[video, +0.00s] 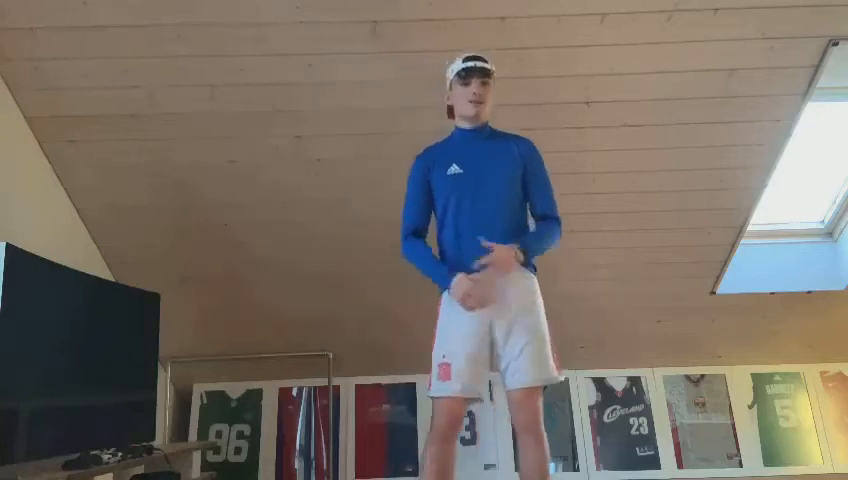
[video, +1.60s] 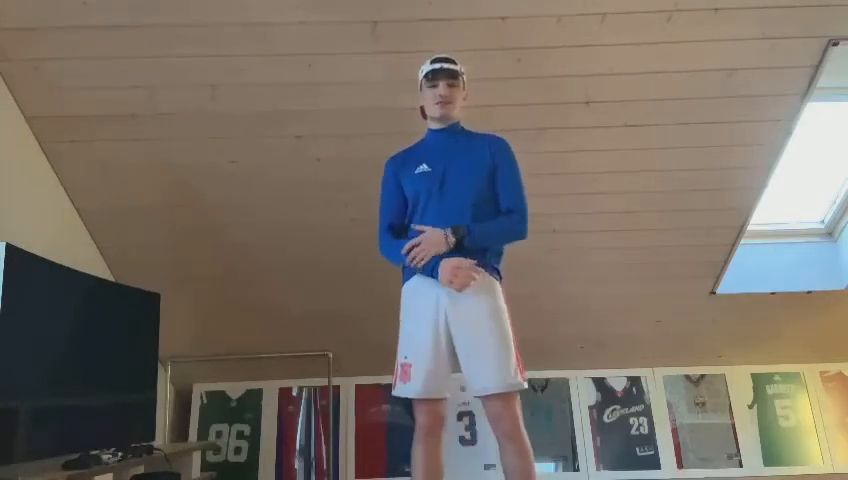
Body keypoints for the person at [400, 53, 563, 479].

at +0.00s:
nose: (476, 90)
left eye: (483, 83)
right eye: (466, 83)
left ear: (492, 92)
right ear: (449, 95)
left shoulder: (521, 150)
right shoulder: (431, 159)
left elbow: (550, 225)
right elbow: (411, 239)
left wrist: (519, 252)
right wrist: (451, 280)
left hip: (517, 293)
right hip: (462, 296)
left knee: (528, 416)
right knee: (446, 421)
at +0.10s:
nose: (488, 90)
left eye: (494, 82)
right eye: (476, 82)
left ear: (502, 92)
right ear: (459, 95)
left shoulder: (530, 150)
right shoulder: (438, 162)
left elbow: (561, 214)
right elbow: (414, 236)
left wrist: (576, 252)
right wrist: (412, 288)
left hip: (524, 291)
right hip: (467, 296)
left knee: (533, 415)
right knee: (452, 418)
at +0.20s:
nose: (494, 89)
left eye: (501, 82)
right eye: (483, 82)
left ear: (509, 92)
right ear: (465, 94)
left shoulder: (538, 149)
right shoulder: (443, 162)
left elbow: (577, 209)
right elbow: (412, 231)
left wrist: (618, 244)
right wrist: (378, 285)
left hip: (529, 289)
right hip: (472, 293)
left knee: (536, 413)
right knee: (454, 413)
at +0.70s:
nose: (497, 87)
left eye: (506, 82)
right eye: (488, 80)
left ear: (516, 93)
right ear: (473, 92)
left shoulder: (545, 148)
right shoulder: (449, 160)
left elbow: (566, 216)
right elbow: (425, 234)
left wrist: (576, 256)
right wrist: (397, 284)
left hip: (530, 288)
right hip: (473, 291)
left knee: (535, 414)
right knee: (460, 418)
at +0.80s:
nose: (496, 88)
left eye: (505, 82)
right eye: (487, 81)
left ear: (515, 92)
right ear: (472, 92)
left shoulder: (544, 149)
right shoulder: (449, 159)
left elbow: (562, 225)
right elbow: (432, 232)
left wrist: (520, 255)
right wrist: (437, 287)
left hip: (527, 289)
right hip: (468, 292)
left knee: (533, 416)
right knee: (458, 421)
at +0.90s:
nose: (495, 88)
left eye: (504, 82)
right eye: (485, 81)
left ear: (513, 92)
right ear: (470, 92)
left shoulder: (541, 147)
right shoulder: (447, 158)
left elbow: (550, 221)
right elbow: (439, 236)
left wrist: (479, 242)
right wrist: (482, 283)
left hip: (522, 282)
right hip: (465, 288)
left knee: (532, 414)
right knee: (455, 417)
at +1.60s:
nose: (443, 91)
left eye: (451, 83)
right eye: (433, 84)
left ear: (464, 94)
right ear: (421, 97)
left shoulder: (494, 148)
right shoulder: (400, 163)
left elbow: (517, 222)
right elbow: (388, 238)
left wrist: (453, 236)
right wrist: (435, 264)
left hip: (479, 287)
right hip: (421, 293)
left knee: (504, 416)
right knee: (428, 418)